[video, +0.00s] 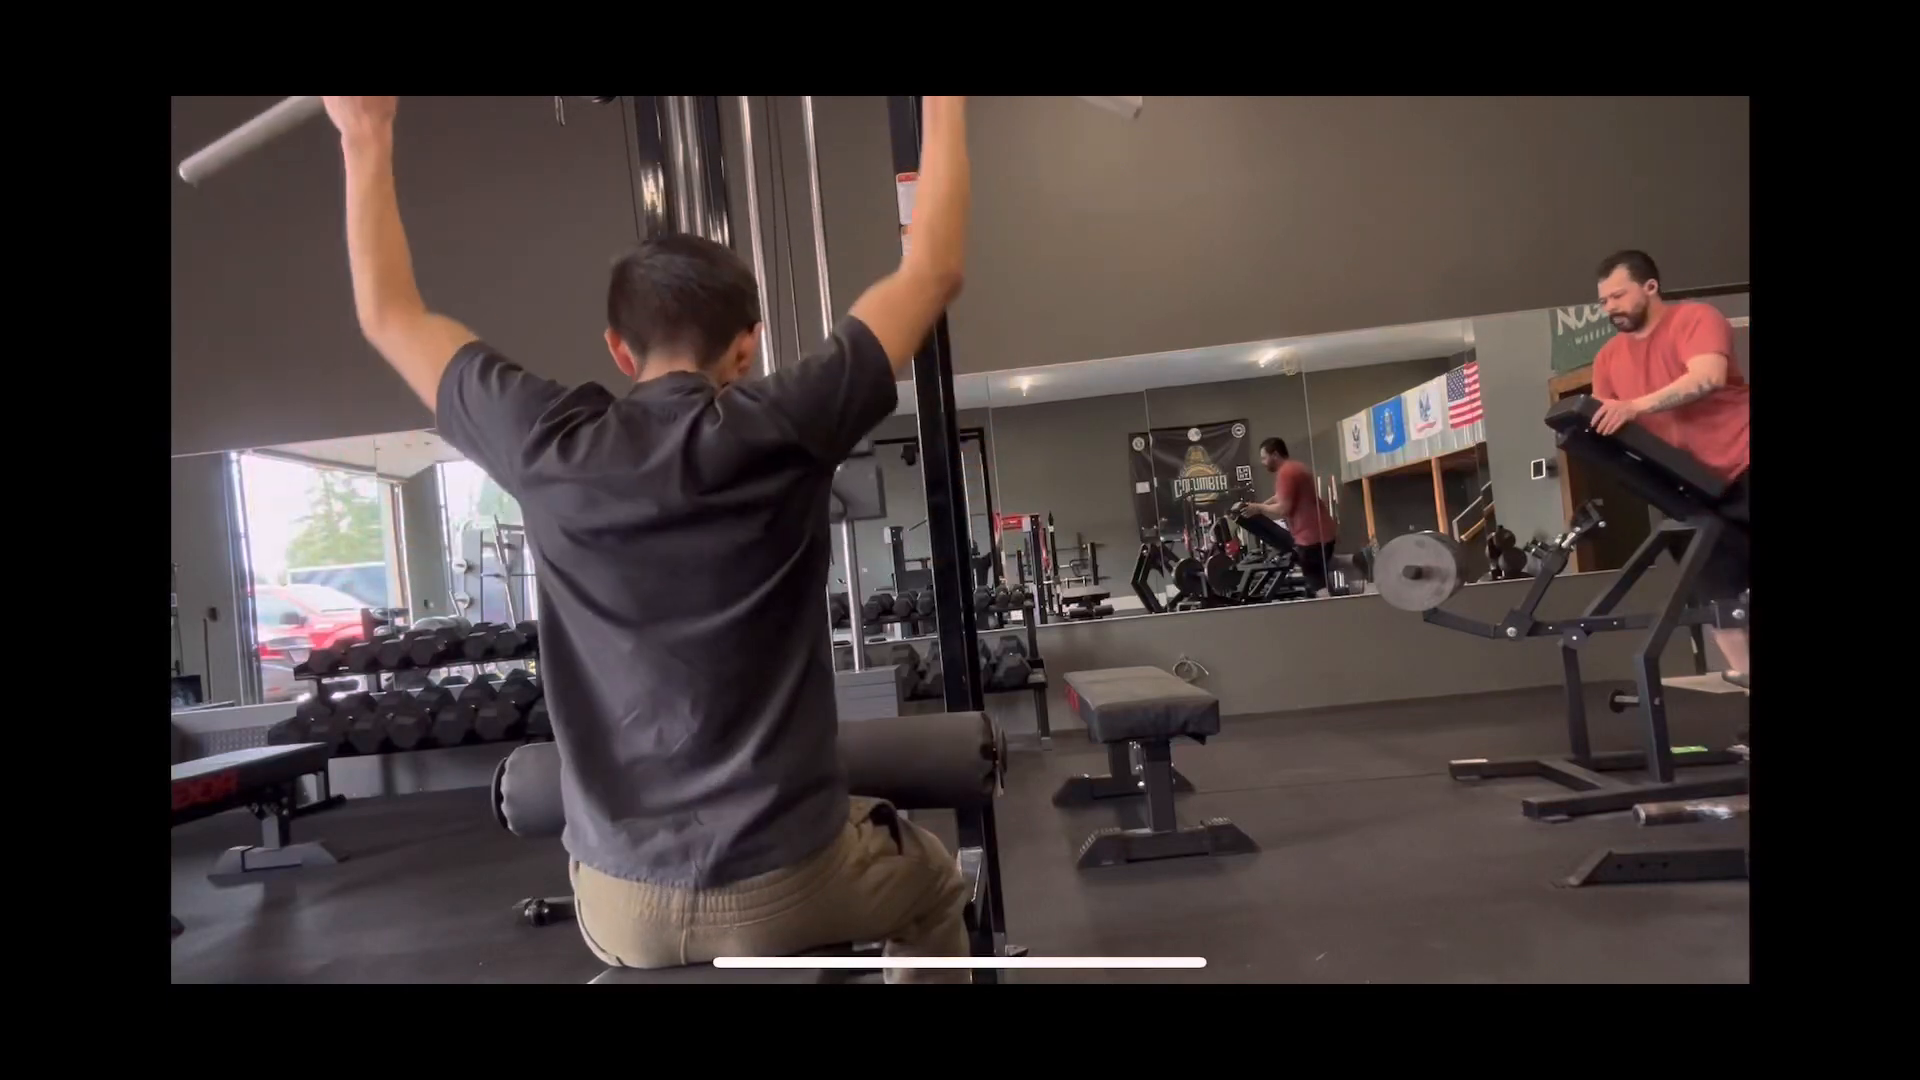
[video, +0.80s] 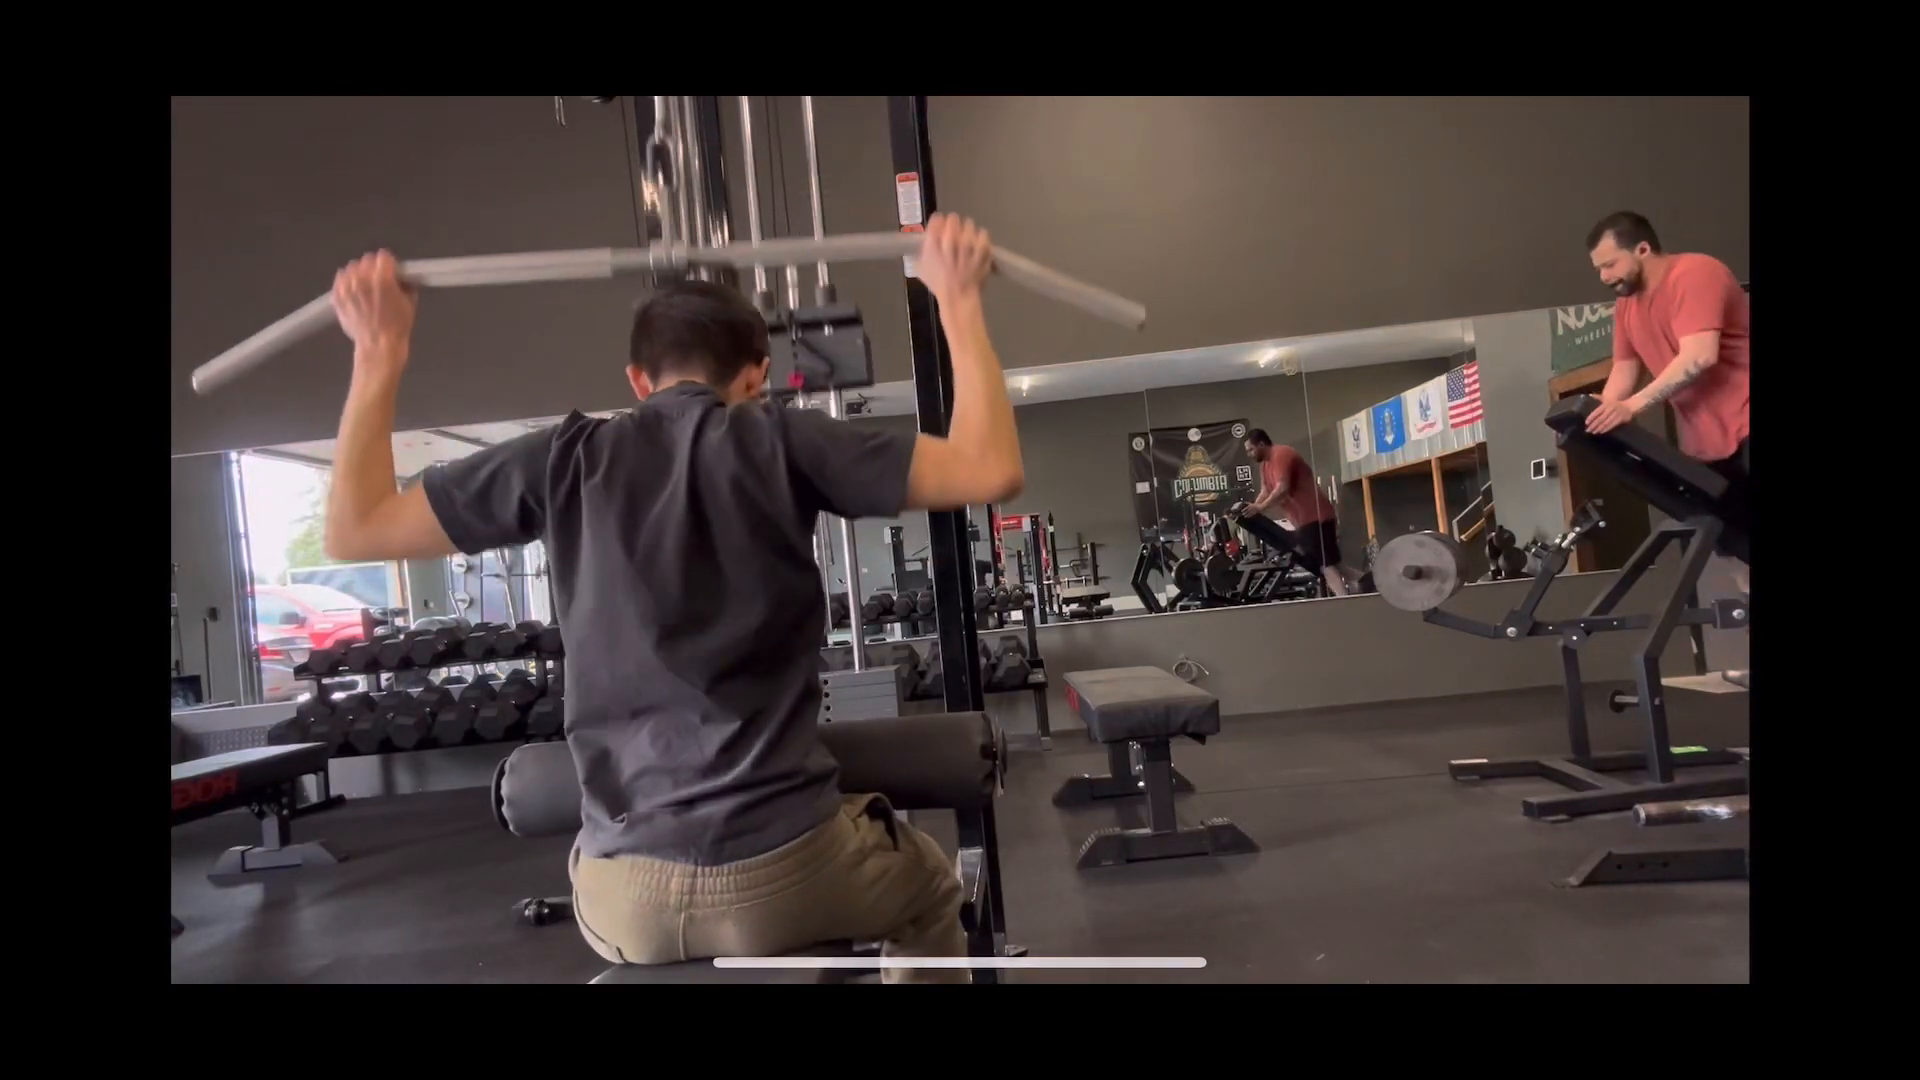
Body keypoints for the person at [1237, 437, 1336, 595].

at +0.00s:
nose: (1262, 462)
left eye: (1264, 457)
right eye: (1262, 458)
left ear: (1275, 454)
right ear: (1277, 454)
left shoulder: (1287, 471)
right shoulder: (1293, 468)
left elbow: (1284, 508)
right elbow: (1279, 498)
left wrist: (1258, 509)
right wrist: (1258, 507)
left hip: (1312, 538)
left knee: (1316, 586)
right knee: (1318, 585)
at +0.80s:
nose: (1249, 455)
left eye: (1251, 449)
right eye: (1248, 451)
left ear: (1262, 443)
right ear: (1260, 446)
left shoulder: (1281, 454)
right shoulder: (1265, 464)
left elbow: (1283, 487)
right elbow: (1266, 491)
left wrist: (1259, 507)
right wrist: (1251, 507)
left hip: (1317, 516)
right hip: (1303, 520)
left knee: (1325, 564)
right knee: (1321, 563)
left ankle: (1344, 602)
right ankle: (1360, 578)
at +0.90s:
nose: (1245, 450)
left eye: (1246, 445)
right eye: (1243, 446)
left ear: (1257, 439)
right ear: (1254, 441)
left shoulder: (1278, 451)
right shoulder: (1262, 460)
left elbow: (1280, 483)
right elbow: (1263, 487)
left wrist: (1259, 507)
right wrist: (1253, 506)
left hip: (1313, 511)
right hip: (1299, 515)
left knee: (1324, 560)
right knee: (1320, 559)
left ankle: (1359, 588)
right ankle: (1362, 578)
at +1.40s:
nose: (1226, 458)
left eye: (1227, 453)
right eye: (1223, 456)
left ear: (1237, 446)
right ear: (1229, 453)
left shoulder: (1255, 457)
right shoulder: (1241, 468)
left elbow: (1274, 482)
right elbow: (1256, 494)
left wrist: (1259, 508)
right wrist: (1243, 508)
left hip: (1294, 518)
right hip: (1280, 523)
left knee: (1320, 555)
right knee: (1311, 560)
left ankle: (1366, 574)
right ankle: (1356, 578)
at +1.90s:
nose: (1210, 479)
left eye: (1209, 474)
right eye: (1207, 477)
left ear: (1217, 465)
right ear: (1213, 469)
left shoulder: (1239, 475)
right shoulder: (1228, 482)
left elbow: (1266, 484)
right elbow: (1248, 499)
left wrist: (1261, 510)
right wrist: (1236, 509)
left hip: (1291, 516)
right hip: (1281, 522)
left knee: (1323, 555)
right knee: (1318, 559)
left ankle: (1367, 574)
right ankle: (1360, 577)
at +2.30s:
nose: (1207, 484)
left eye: (1205, 479)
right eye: (1203, 482)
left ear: (1212, 470)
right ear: (1206, 479)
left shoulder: (1237, 476)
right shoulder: (1222, 490)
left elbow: (1258, 500)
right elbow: (1226, 511)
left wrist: (1239, 525)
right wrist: (1209, 507)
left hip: (1289, 514)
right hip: (1275, 527)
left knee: (1322, 554)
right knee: (1317, 562)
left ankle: (1366, 576)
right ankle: (1359, 579)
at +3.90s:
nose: (1212, 476)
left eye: (1211, 471)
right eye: (1209, 473)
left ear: (1220, 462)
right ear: (1215, 466)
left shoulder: (1240, 474)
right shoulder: (1226, 478)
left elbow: (1235, 510)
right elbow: (1221, 508)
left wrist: (1222, 540)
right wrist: (1209, 534)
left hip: (1291, 514)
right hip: (1280, 522)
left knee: (1323, 553)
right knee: (1316, 560)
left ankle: (1363, 585)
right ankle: (1354, 585)